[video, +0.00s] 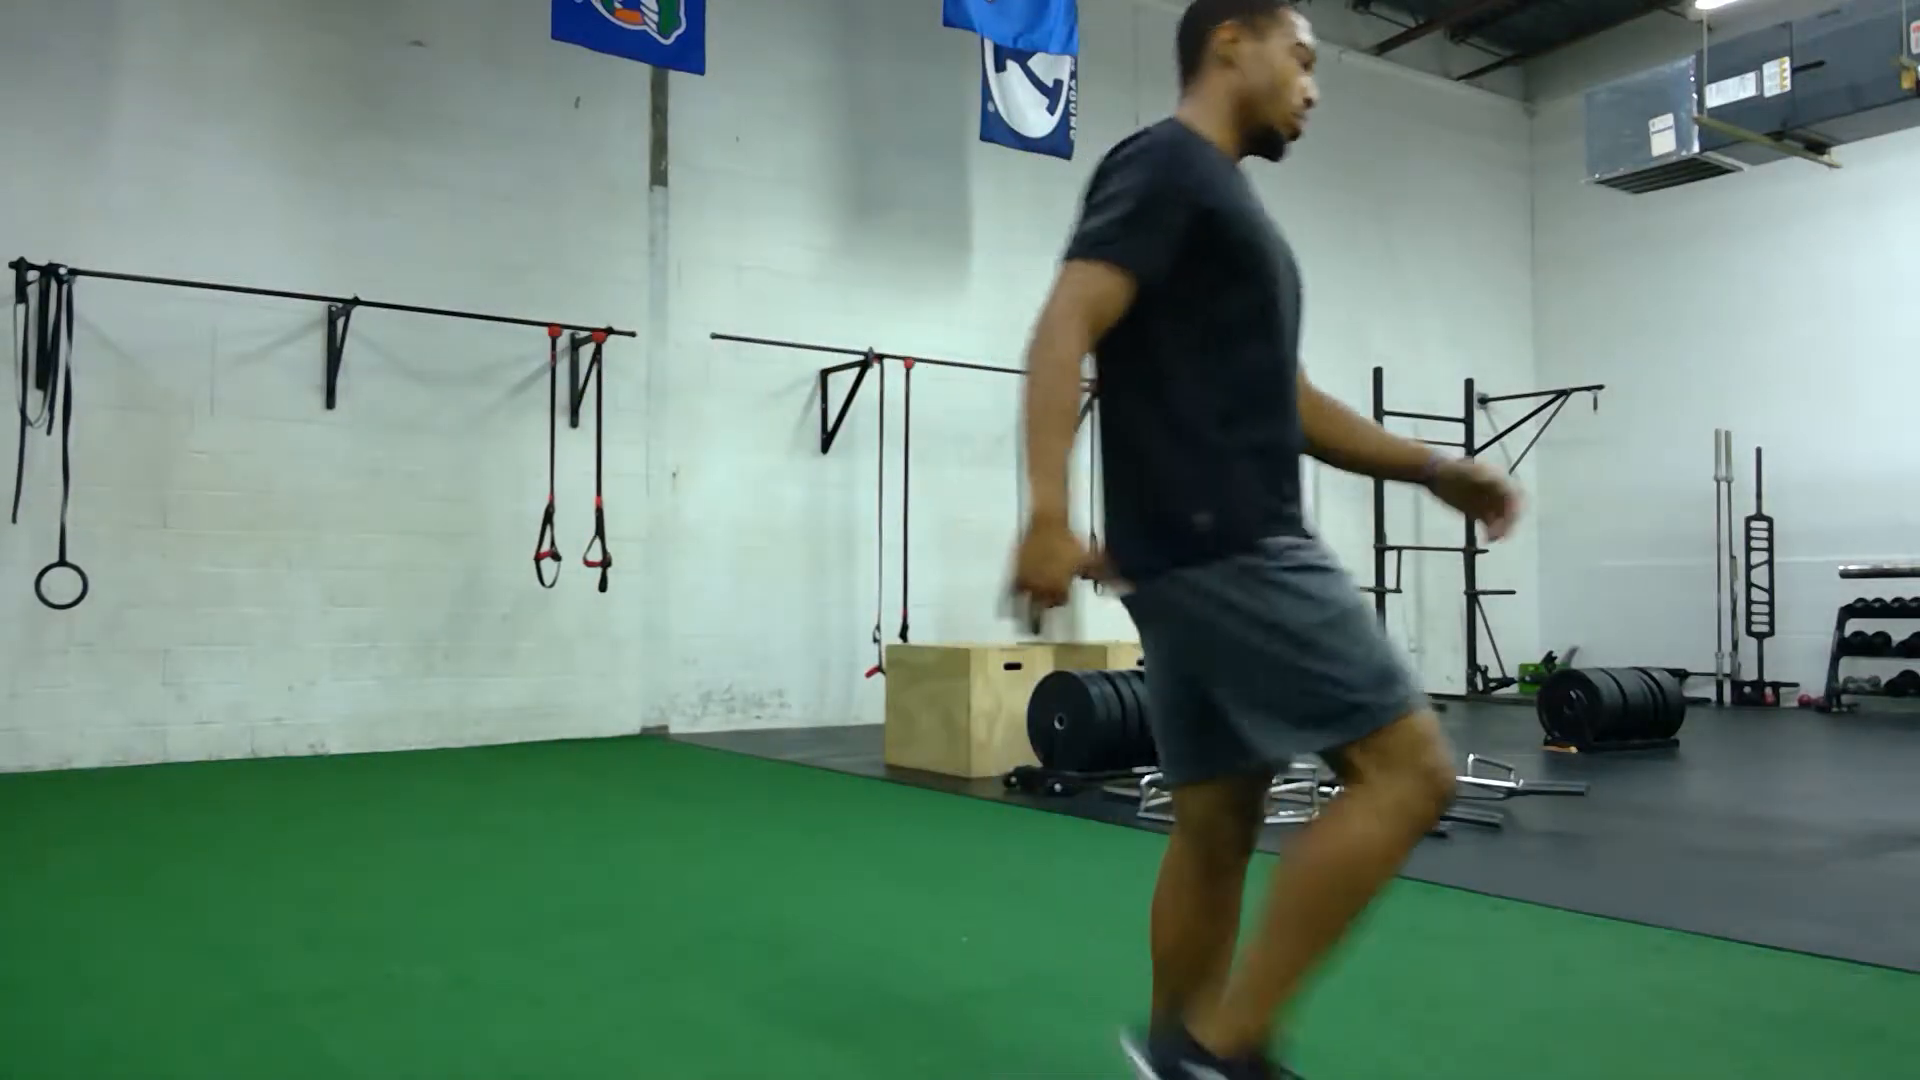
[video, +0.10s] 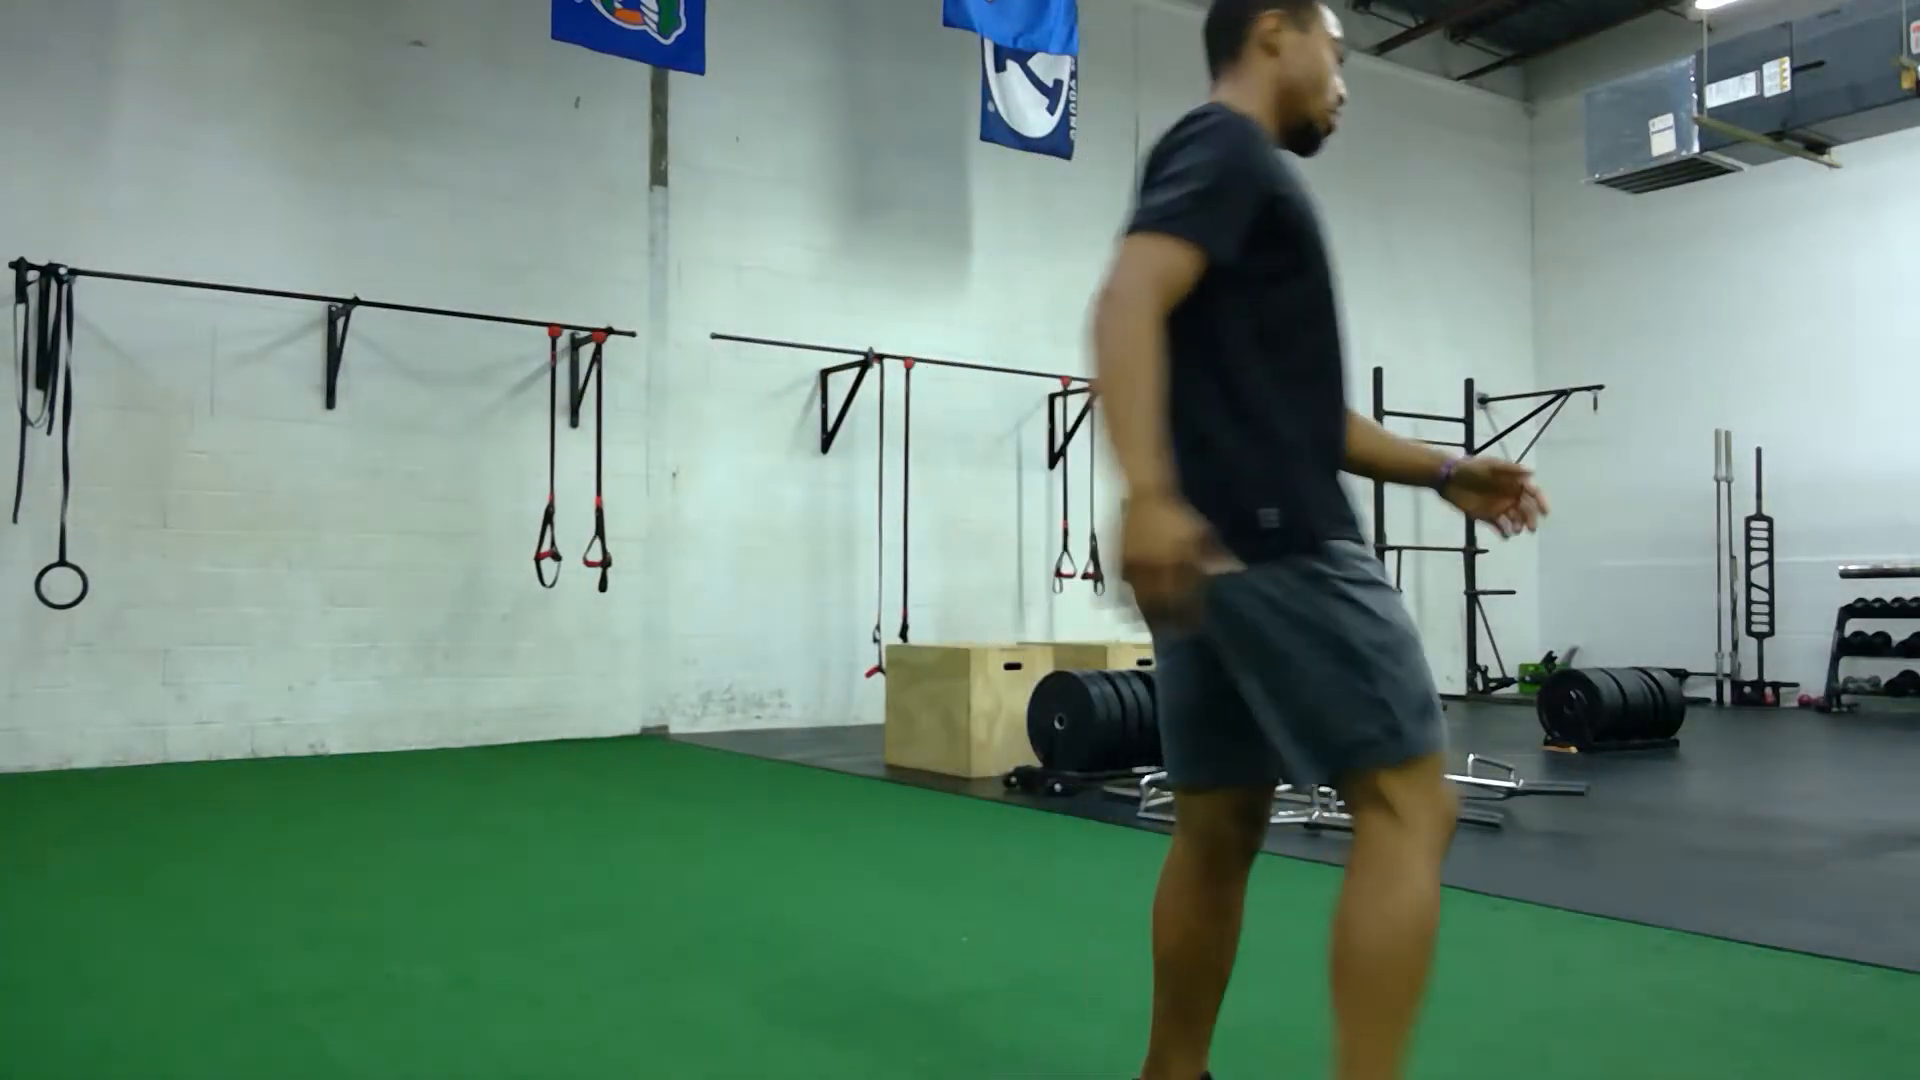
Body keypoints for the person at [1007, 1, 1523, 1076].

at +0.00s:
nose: (1314, 89)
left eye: (1315, 69)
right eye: (1302, 59)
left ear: (1234, 55)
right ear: (1232, 48)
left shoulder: (1224, 197)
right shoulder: (1165, 163)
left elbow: (1285, 400)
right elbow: (1063, 327)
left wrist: (1436, 468)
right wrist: (1048, 520)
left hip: (1196, 556)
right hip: (1232, 548)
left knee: (1214, 823)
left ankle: (1179, 1048)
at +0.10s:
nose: (1344, 85)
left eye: (1344, 62)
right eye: (1335, 51)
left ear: (1269, 44)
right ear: (1273, 34)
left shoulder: (1250, 175)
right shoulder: (1226, 143)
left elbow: (1288, 409)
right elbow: (1127, 301)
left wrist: (1445, 468)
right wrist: (1150, 493)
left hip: (1205, 550)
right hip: (1283, 543)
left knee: (1215, 827)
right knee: (1410, 804)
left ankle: (1174, 1066)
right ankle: (1369, 1067)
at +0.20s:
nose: (1360, 69)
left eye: (1356, 46)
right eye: (1354, 42)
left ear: (1248, 58)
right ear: (1319, 38)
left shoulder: (1213, 168)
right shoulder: (1304, 129)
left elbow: (1273, 400)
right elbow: (1228, 278)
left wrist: (1410, 514)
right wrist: (1283, 481)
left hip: (1211, 556)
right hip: (1319, 551)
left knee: (1248, 834)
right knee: (1394, 856)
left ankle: (1177, 1068)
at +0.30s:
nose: (1376, 66)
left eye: (1370, 45)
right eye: (1373, 43)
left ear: (1258, 61)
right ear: (1351, 36)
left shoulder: (1195, 196)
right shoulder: (1373, 121)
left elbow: (1203, 377)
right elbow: (1378, 266)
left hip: (1214, 555)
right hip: (1344, 551)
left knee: (1290, 831)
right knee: (1388, 860)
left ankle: (1199, 1066)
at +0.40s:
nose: (1393, 35)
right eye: (1394, 26)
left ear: (1272, 40)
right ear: (1378, 21)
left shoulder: (1196, 177)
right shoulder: (1423, 113)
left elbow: (1172, 399)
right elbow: (1513, 247)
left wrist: (1196, 548)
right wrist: (1637, 464)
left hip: (1216, 541)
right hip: (1360, 537)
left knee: (1270, 820)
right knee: (1379, 858)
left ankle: (1213, 1067)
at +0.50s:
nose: (1399, 23)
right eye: (1398, 15)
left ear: (1270, 35)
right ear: (1387, 18)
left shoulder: (1205, 167)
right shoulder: (1474, 121)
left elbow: (1127, 381)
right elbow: (1599, 273)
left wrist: (1088, 531)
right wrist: (1697, 487)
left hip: (1228, 546)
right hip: (1397, 546)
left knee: (1217, 819)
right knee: (1378, 877)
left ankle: (1179, 1067)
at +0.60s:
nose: (1261, 46)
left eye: (1258, 34)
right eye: (1387, 17)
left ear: (1266, 33)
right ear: (1382, 20)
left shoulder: (1213, 154)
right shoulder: (1490, 136)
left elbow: (1106, 375)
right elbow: (1609, 325)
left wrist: (1040, 531)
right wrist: (1672, 525)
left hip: (1223, 546)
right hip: (1404, 553)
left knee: (1173, 828)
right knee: (1378, 878)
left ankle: (1126, 1066)